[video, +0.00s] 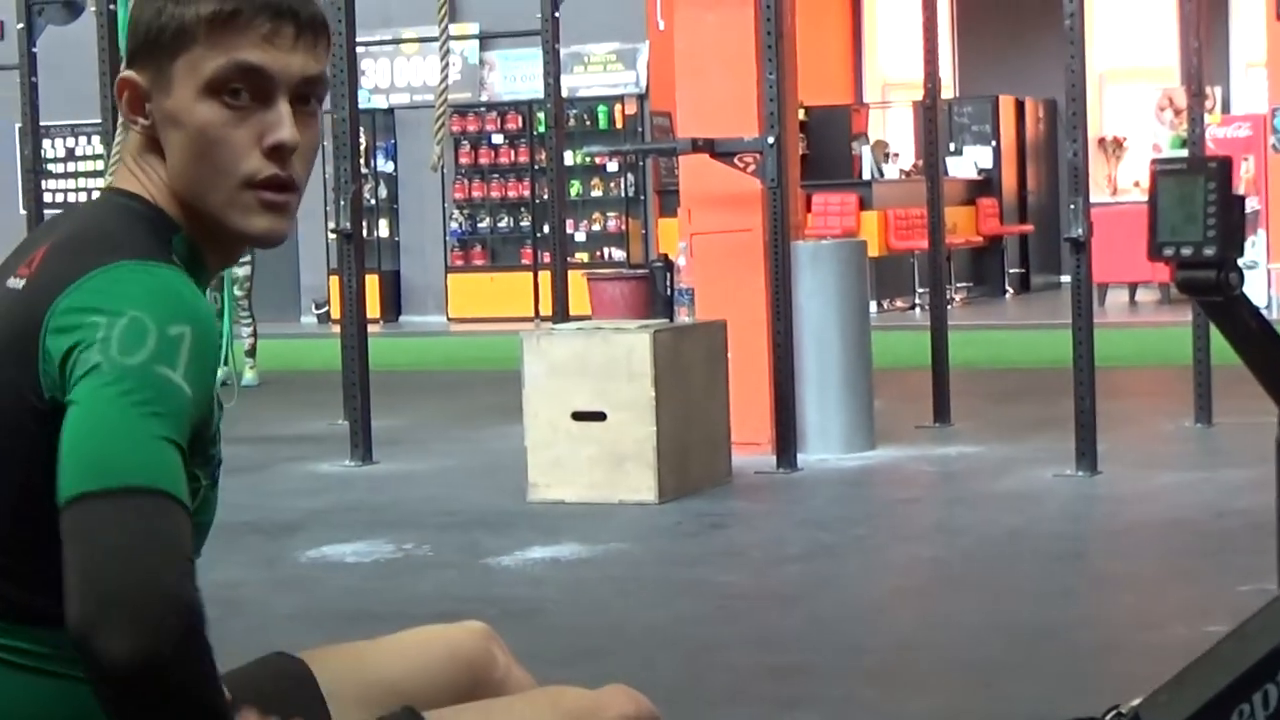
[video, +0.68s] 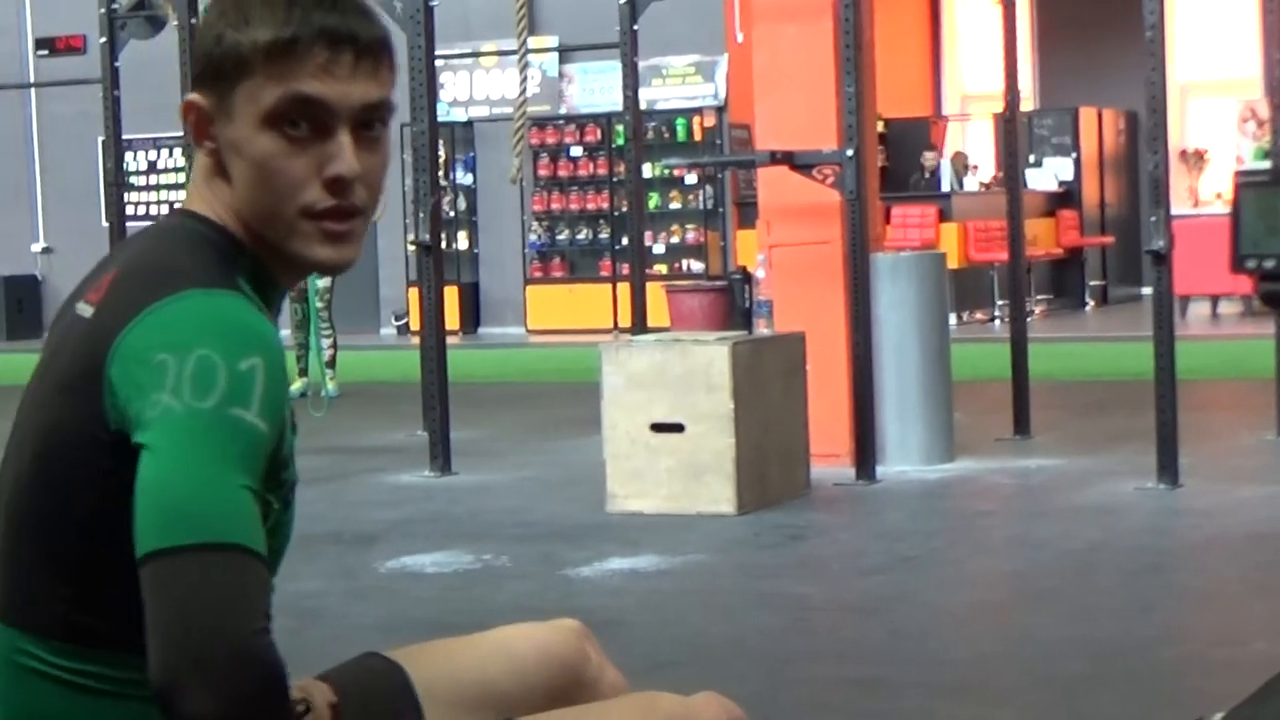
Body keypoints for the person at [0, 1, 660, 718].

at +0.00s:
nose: (287, 137)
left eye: (305, 102)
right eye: (238, 94)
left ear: (322, 116)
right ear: (139, 106)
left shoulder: (97, 255)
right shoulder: (145, 295)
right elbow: (130, 622)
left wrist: (206, 697)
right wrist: (213, 711)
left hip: (75, 688)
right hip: (86, 701)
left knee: (472, 653)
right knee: (620, 707)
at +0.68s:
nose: (347, 170)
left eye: (370, 129)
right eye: (300, 128)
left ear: (393, 134)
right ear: (207, 133)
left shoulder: (169, 274)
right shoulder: (208, 325)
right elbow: (213, 679)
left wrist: (261, 695)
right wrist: (287, 708)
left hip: (108, 692)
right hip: (132, 718)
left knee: (566, 653)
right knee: (708, 711)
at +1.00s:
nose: (423, 114)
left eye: (446, 78)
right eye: (378, 70)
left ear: (466, 90)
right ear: (283, 74)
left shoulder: (247, 223)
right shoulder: (281, 261)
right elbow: (296, 617)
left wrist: (343, 665)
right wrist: (367, 712)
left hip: (201, 670)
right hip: (221, 703)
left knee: (603, 583)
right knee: (745, 661)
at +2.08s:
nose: (467, 130)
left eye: (485, 95)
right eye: (429, 95)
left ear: (504, 100)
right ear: (349, 103)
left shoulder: (342, 230)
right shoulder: (342, 256)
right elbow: (357, 545)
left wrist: (397, 610)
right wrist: (433, 665)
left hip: (298, 629)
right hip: (301, 684)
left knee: (631, 547)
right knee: (744, 603)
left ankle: (810, 716)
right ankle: (891, 718)